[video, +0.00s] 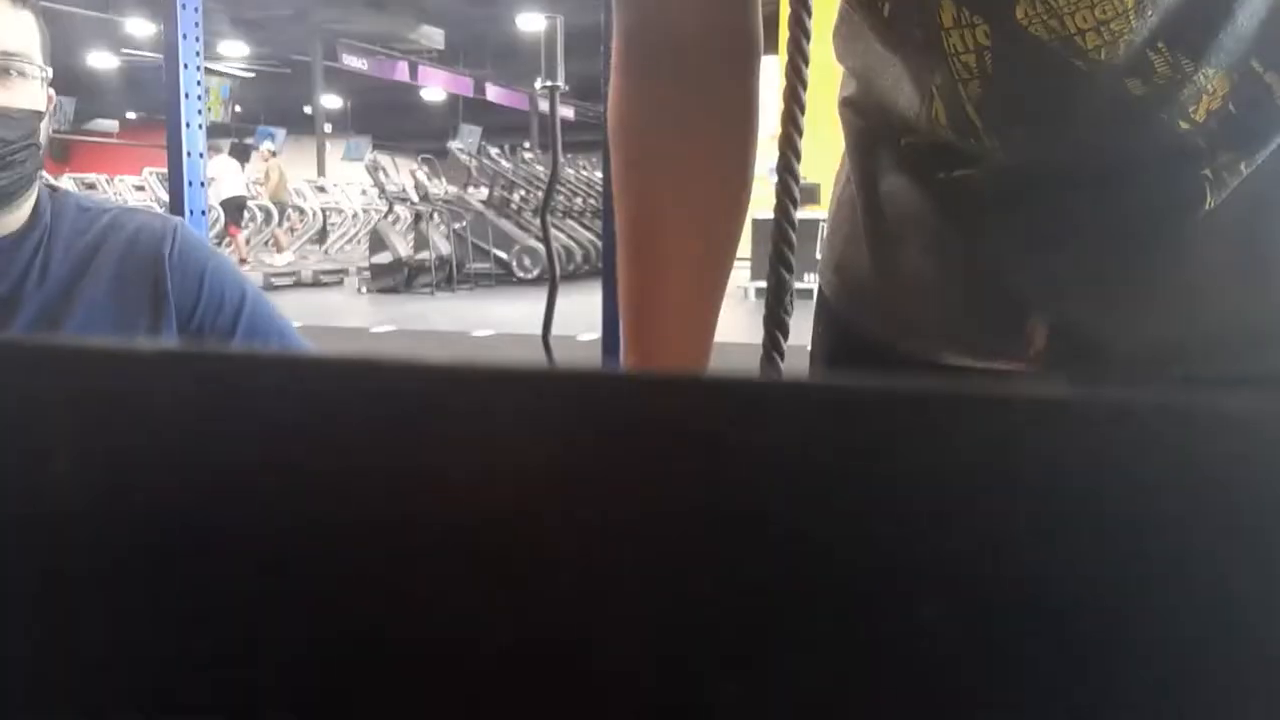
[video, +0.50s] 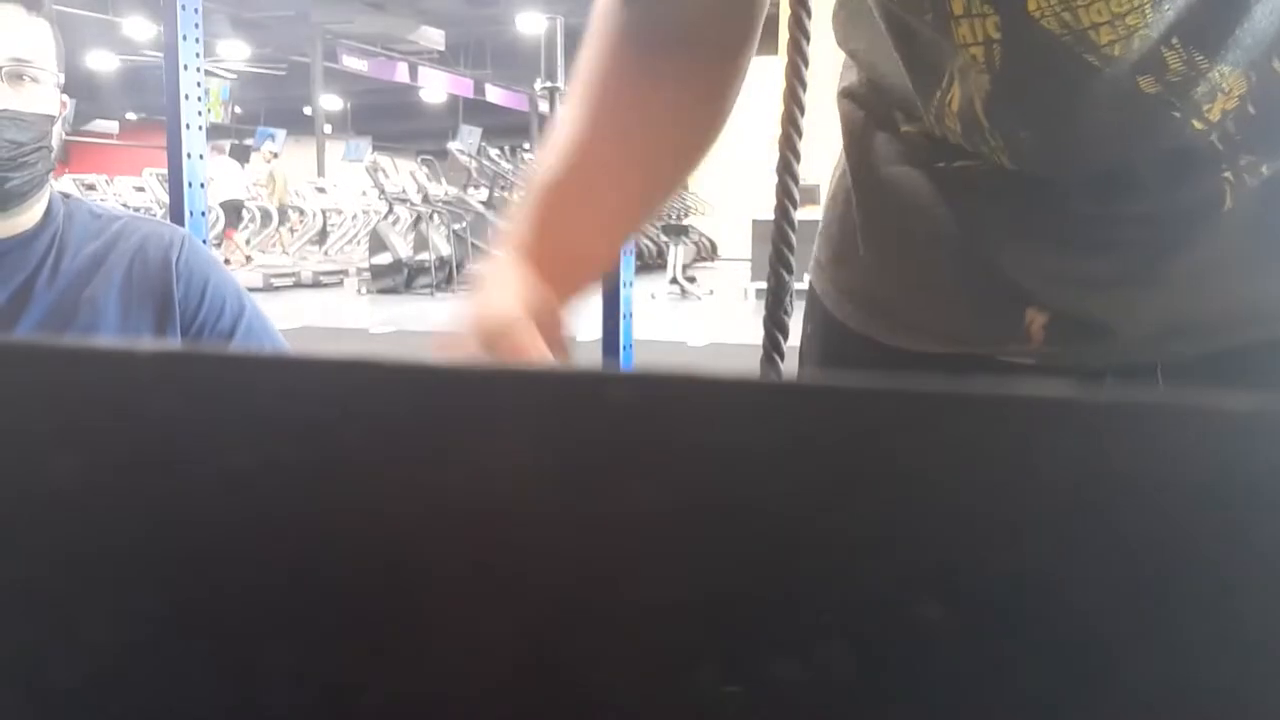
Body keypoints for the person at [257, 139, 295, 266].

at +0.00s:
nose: (261, 154)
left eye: (262, 152)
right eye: (260, 152)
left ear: (269, 152)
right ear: (270, 153)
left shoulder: (273, 164)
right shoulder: (273, 164)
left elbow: (274, 180)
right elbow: (268, 180)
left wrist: (267, 194)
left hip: (279, 200)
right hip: (279, 200)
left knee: (276, 227)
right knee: (276, 227)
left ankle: (286, 251)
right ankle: (279, 252)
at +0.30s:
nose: (264, 156)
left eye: (265, 153)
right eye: (263, 153)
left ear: (272, 153)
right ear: (272, 153)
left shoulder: (275, 166)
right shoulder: (277, 165)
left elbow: (277, 183)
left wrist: (269, 197)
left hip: (276, 201)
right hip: (282, 201)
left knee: (273, 228)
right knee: (280, 227)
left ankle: (276, 251)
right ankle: (284, 250)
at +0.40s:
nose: (263, 156)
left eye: (265, 153)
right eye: (263, 153)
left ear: (271, 153)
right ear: (269, 153)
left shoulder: (276, 167)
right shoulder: (273, 167)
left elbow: (279, 185)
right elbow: (272, 184)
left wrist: (274, 200)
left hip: (280, 203)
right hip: (278, 202)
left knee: (281, 227)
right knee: (280, 227)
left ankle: (286, 250)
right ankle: (284, 249)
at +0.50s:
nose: (263, 156)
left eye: (265, 153)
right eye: (262, 153)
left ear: (271, 153)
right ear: (268, 154)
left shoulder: (276, 167)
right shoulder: (272, 167)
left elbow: (279, 185)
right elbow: (272, 185)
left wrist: (276, 202)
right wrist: (269, 199)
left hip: (280, 203)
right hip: (277, 202)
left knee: (281, 227)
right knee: (280, 227)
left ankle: (286, 249)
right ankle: (283, 248)